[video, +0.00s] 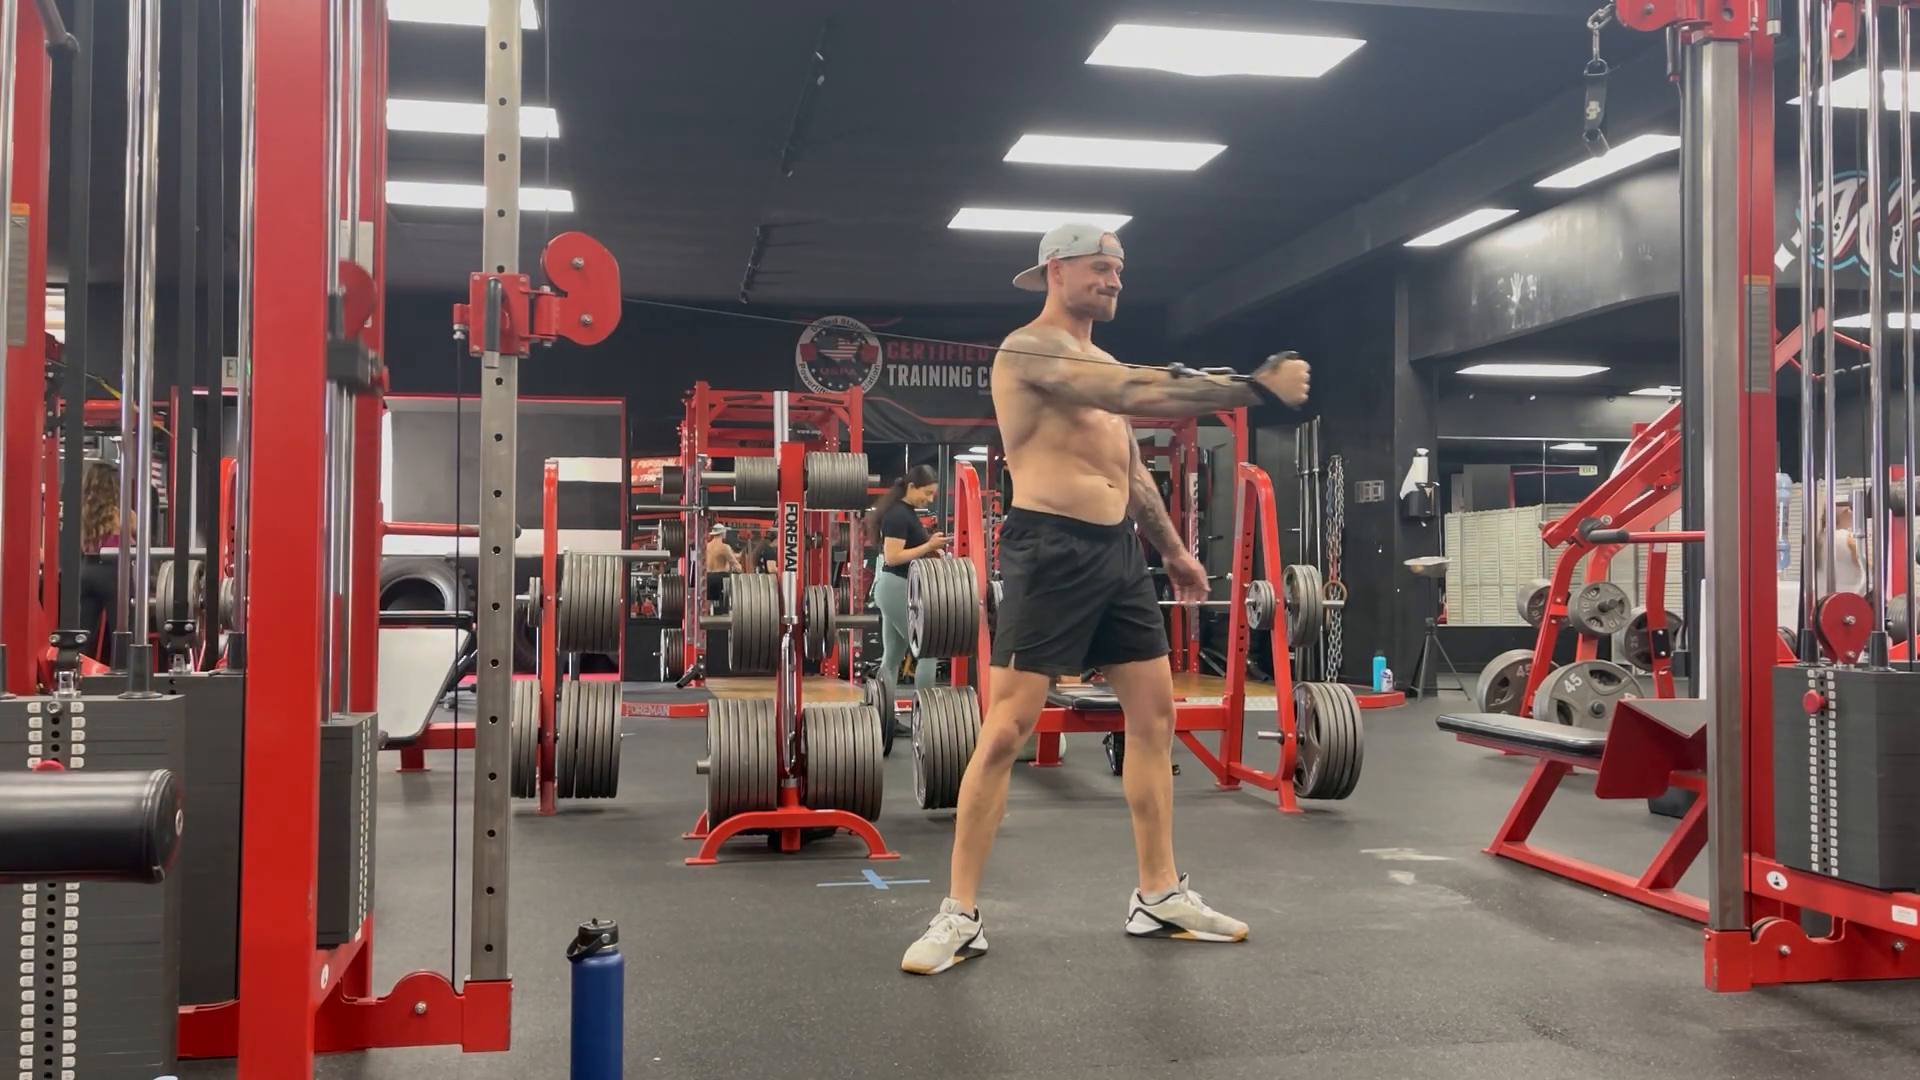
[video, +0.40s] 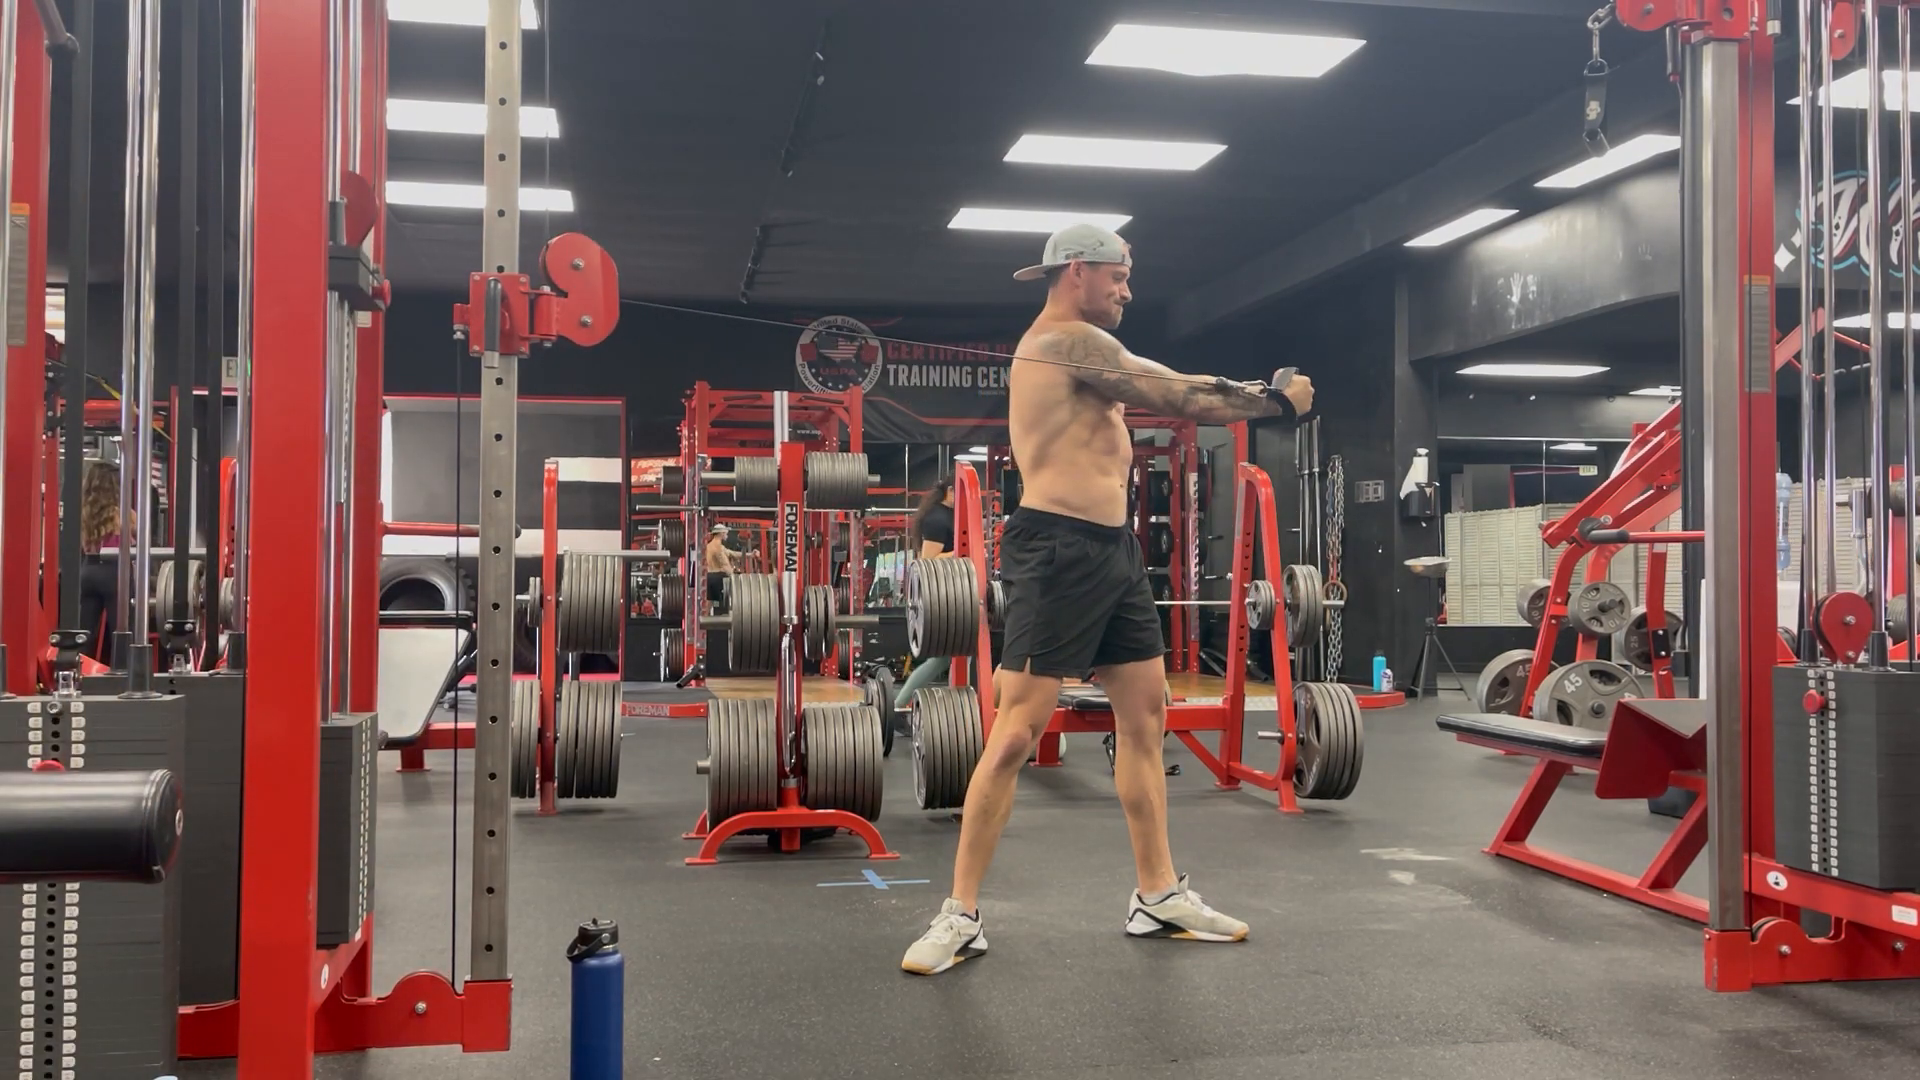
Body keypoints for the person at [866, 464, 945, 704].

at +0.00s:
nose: (931, 499)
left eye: (933, 494)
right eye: (928, 493)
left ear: (913, 488)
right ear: (912, 487)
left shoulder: (906, 511)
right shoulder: (898, 513)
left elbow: (904, 551)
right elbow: (892, 557)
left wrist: (929, 549)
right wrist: (928, 546)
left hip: (897, 583)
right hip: (896, 584)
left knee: (893, 653)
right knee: (928, 648)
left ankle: (882, 714)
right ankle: (926, 716)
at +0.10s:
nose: (937, 501)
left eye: (941, 496)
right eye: (935, 494)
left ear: (920, 490)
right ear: (919, 488)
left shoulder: (915, 513)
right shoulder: (905, 514)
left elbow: (912, 552)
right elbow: (898, 558)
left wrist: (937, 549)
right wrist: (934, 547)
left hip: (903, 582)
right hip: (903, 584)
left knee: (897, 652)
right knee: (933, 648)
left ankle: (884, 712)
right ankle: (945, 715)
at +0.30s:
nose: (954, 500)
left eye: (956, 495)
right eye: (952, 494)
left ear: (943, 493)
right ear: (939, 491)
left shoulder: (940, 516)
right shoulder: (926, 518)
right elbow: (918, 560)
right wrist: (955, 550)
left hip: (947, 593)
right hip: (930, 594)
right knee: (919, 651)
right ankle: (887, 704)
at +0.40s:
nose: (964, 499)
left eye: (965, 494)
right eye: (960, 493)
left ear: (955, 493)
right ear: (949, 492)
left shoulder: (956, 515)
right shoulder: (938, 517)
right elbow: (928, 560)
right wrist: (961, 552)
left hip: (957, 590)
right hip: (943, 592)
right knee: (941, 655)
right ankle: (899, 706)